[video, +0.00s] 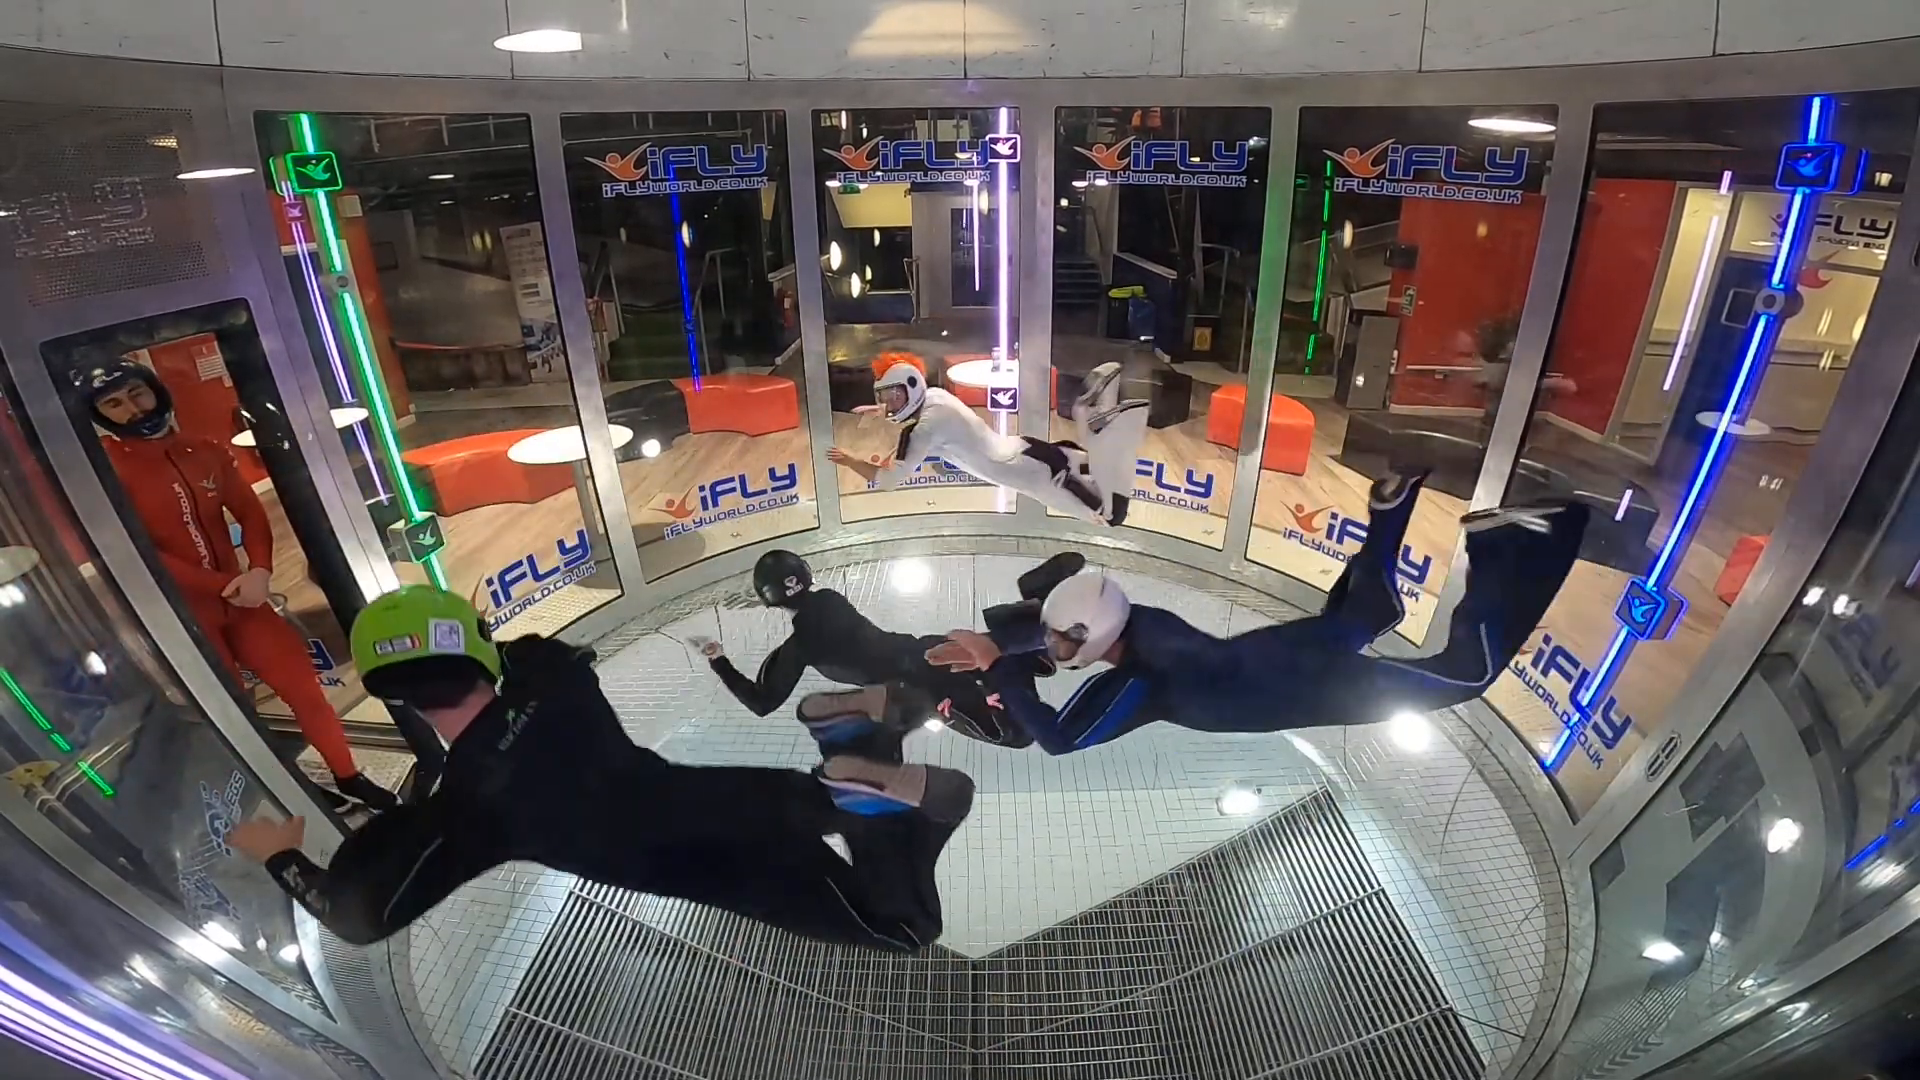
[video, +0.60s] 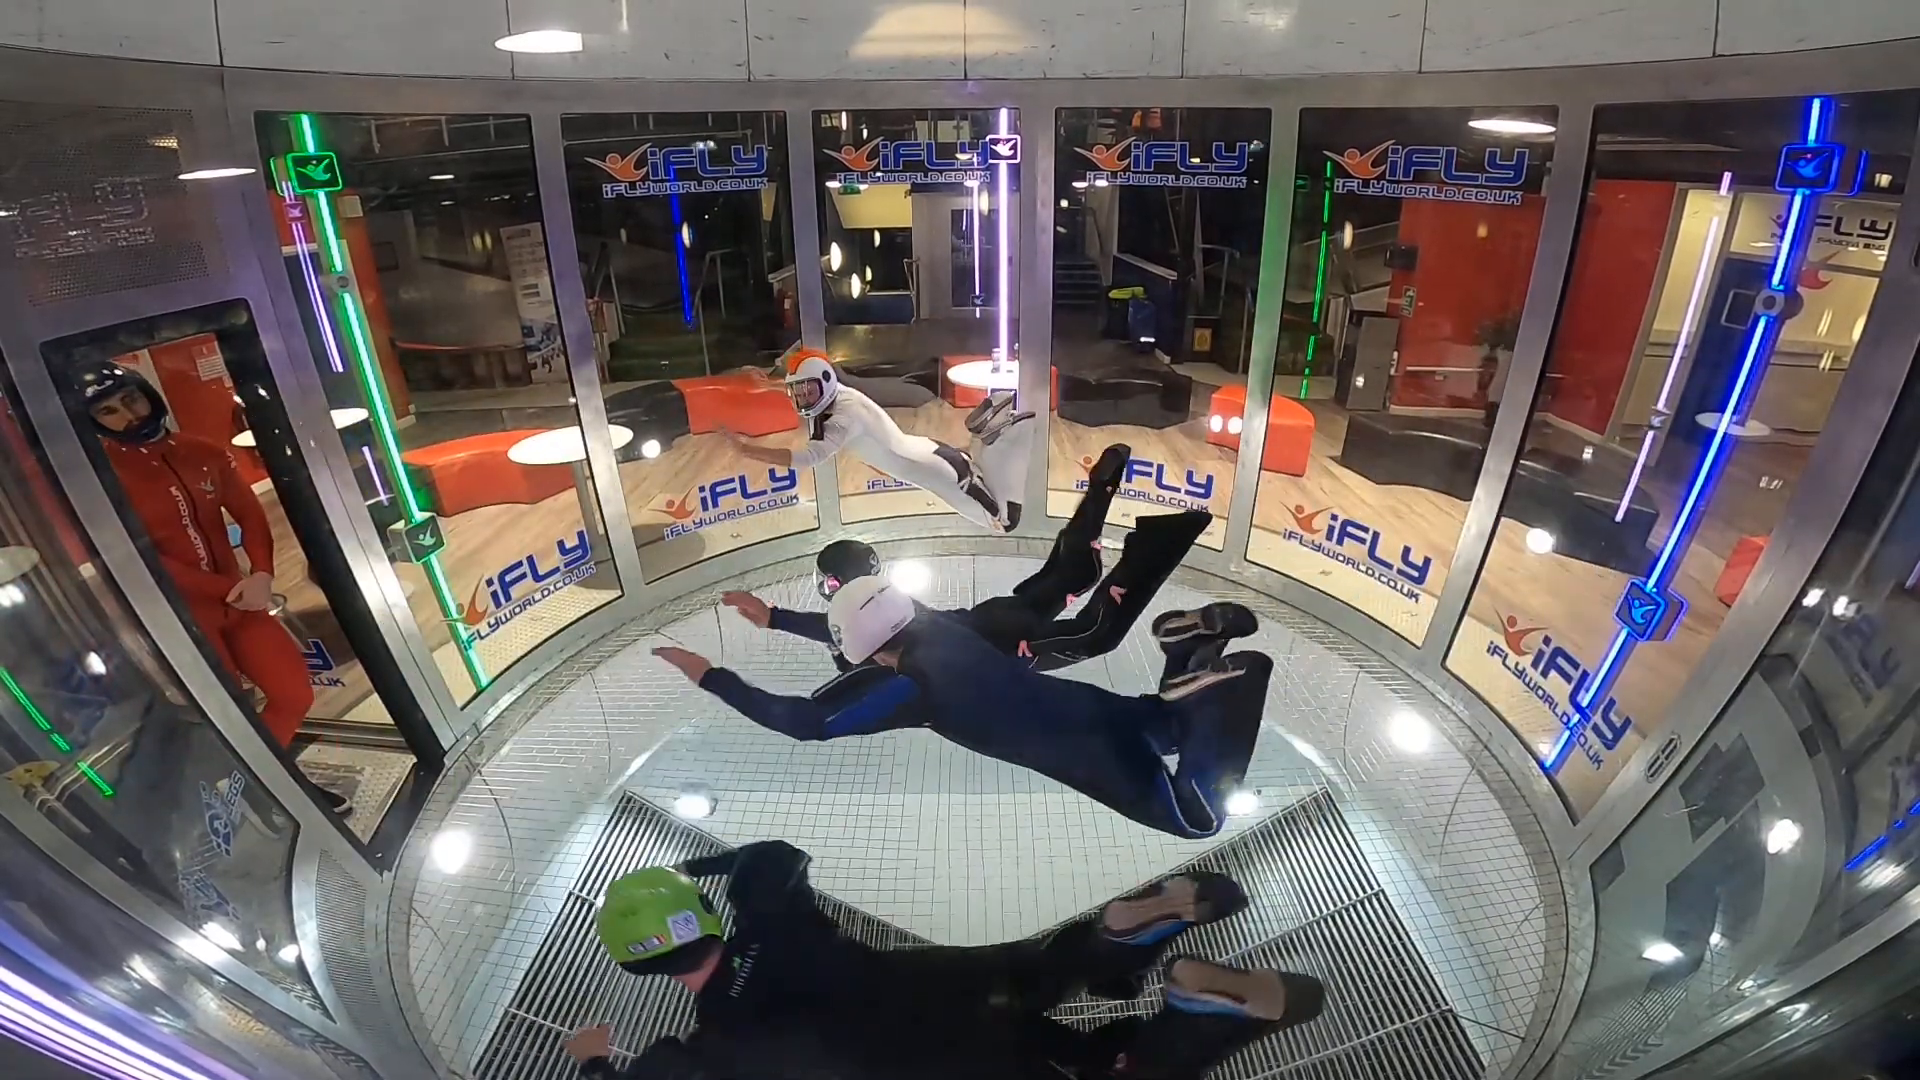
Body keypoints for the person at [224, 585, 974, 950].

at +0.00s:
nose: (409, 707)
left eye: (402, 693)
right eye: (406, 690)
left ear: (401, 703)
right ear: (478, 646)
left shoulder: (468, 806)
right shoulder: (550, 667)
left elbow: (361, 912)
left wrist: (289, 855)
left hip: (726, 865)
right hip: (742, 791)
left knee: (901, 926)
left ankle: (875, 810)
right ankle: (857, 741)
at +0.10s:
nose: (451, 760)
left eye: (454, 743)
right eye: (442, 743)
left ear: (469, 735)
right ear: (502, 696)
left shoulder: (504, 846)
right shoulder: (565, 708)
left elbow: (393, 953)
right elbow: (565, 695)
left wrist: (301, 907)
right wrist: (477, 689)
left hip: (753, 908)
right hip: (757, 831)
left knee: (923, 963)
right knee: (862, 851)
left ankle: (918, 845)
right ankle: (885, 776)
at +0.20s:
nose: (483, 803)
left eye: (476, 787)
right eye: (477, 783)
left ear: (484, 793)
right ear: (532, 739)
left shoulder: (538, 887)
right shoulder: (594, 751)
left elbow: (434, 992)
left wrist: (356, 949)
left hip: (752, 946)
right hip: (762, 869)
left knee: (942, 988)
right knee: (874, 876)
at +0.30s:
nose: (545, 804)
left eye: (514, 814)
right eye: (534, 797)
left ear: (509, 853)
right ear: (565, 795)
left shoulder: (567, 932)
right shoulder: (636, 810)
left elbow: (478, 1030)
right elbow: (643, 773)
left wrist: (389, 983)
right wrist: (563, 773)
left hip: (792, 975)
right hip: (811, 910)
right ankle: (979, 893)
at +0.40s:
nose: (570, 898)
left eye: (567, 885)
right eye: (563, 880)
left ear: (582, 881)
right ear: (620, 833)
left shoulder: (627, 959)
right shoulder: (676, 837)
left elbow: (533, 1056)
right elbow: (678, 799)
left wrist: (439, 1018)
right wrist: (607, 805)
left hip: (856, 1011)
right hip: (872, 932)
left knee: (981, 1046)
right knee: (954, 930)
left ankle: (1091, 1019)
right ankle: (1031, 907)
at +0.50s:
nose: (601, 944)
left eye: (596, 931)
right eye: (605, 916)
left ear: (606, 928)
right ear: (655, 873)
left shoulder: (681, 1006)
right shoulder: (727, 873)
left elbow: (598, 1061)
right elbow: (726, 831)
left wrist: (522, 1046)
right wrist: (655, 824)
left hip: (902, 1032)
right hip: (914, 953)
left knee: (1026, 1048)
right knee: (1007, 950)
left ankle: (1136, 1025)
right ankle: (1082, 912)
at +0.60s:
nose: (667, 961)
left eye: (658, 952)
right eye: (662, 944)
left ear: (670, 957)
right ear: (701, 907)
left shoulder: (733, 1028)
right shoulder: (769, 901)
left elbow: (675, 1067)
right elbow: (773, 854)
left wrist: (606, 1064)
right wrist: (699, 872)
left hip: (952, 1048)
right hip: (949, 975)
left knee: (1102, 1051)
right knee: (1046, 964)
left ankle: (1222, 1003)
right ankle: (1138, 915)